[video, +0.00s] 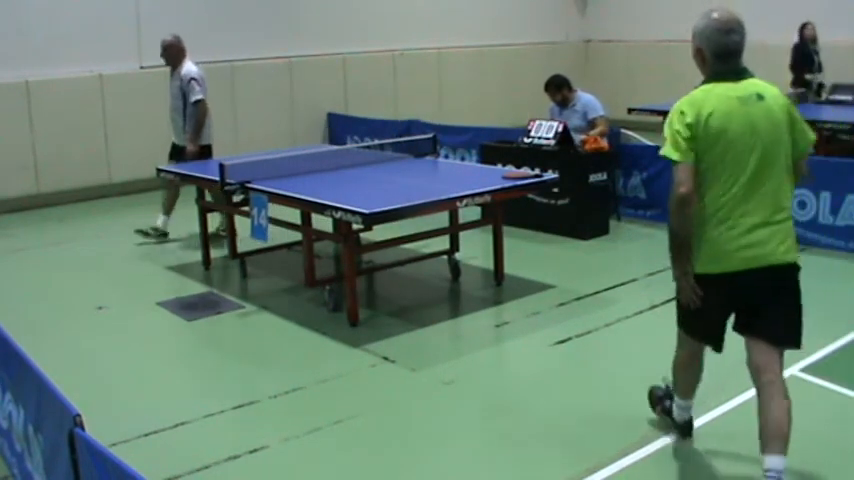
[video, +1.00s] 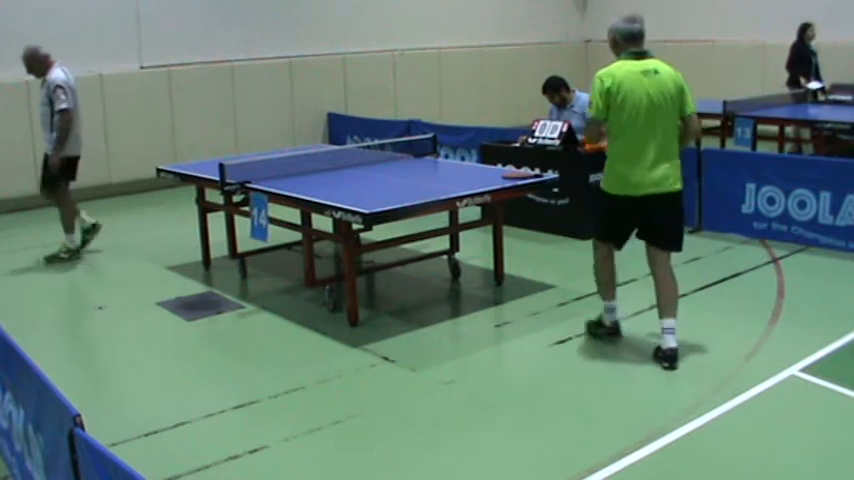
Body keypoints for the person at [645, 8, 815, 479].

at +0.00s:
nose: (692, 54)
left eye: (693, 49)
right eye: (693, 48)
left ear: (700, 53)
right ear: (742, 49)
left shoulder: (689, 109)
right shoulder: (776, 100)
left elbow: (684, 193)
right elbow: (801, 171)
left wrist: (681, 270)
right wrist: (759, 180)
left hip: (713, 261)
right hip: (775, 257)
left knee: (691, 340)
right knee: (769, 372)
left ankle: (680, 412)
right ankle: (775, 474)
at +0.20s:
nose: (668, 53)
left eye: (668, 47)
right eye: (672, 46)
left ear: (672, 51)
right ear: (712, 47)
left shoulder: (665, 102)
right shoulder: (744, 90)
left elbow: (652, 179)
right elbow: (751, 154)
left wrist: (646, 216)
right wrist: (737, 206)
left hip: (679, 237)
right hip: (734, 236)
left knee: (671, 317)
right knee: (727, 325)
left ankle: (681, 410)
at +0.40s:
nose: (656, 43)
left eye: (656, 38)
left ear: (659, 40)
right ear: (697, 37)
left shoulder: (647, 83)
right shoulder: (723, 77)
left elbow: (629, 154)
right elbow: (735, 128)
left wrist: (655, 125)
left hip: (664, 216)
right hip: (715, 211)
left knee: (667, 303)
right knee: (695, 286)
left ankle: (681, 409)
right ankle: (696, 380)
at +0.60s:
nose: (643, 55)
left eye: (643, 50)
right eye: (648, 49)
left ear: (646, 52)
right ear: (680, 50)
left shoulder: (637, 88)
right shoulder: (704, 88)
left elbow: (618, 143)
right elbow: (721, 145)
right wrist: (693, 157)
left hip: (653, 211)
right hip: (697, 208)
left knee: (659, 300)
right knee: (679, 278)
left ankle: (681, 402)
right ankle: (669, 347)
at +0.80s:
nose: (627, 50)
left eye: (628, 44)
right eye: (631, 43)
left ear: (632, 46)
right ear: (665, 43)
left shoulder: (626, 82)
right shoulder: (691, 82)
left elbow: (611, 142)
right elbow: (709, 140)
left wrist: (606, 129)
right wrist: (677, 149)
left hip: (639, 199)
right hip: (682, 197)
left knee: (624, 269)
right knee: (663, 264)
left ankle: (656, 330)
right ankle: (668, 341)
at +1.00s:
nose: (608, 48)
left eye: (609, 44)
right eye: (610, 43)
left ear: (614, 44)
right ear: (643, 40)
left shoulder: (607, 77)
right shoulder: (671, 75)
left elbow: (594, 133)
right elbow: (692, 129)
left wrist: (607, 131)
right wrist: (667, 144)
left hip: (622, 187)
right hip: (665, 187)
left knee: (604, 248)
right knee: (662, 260)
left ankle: (610, 318)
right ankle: (670, 344)